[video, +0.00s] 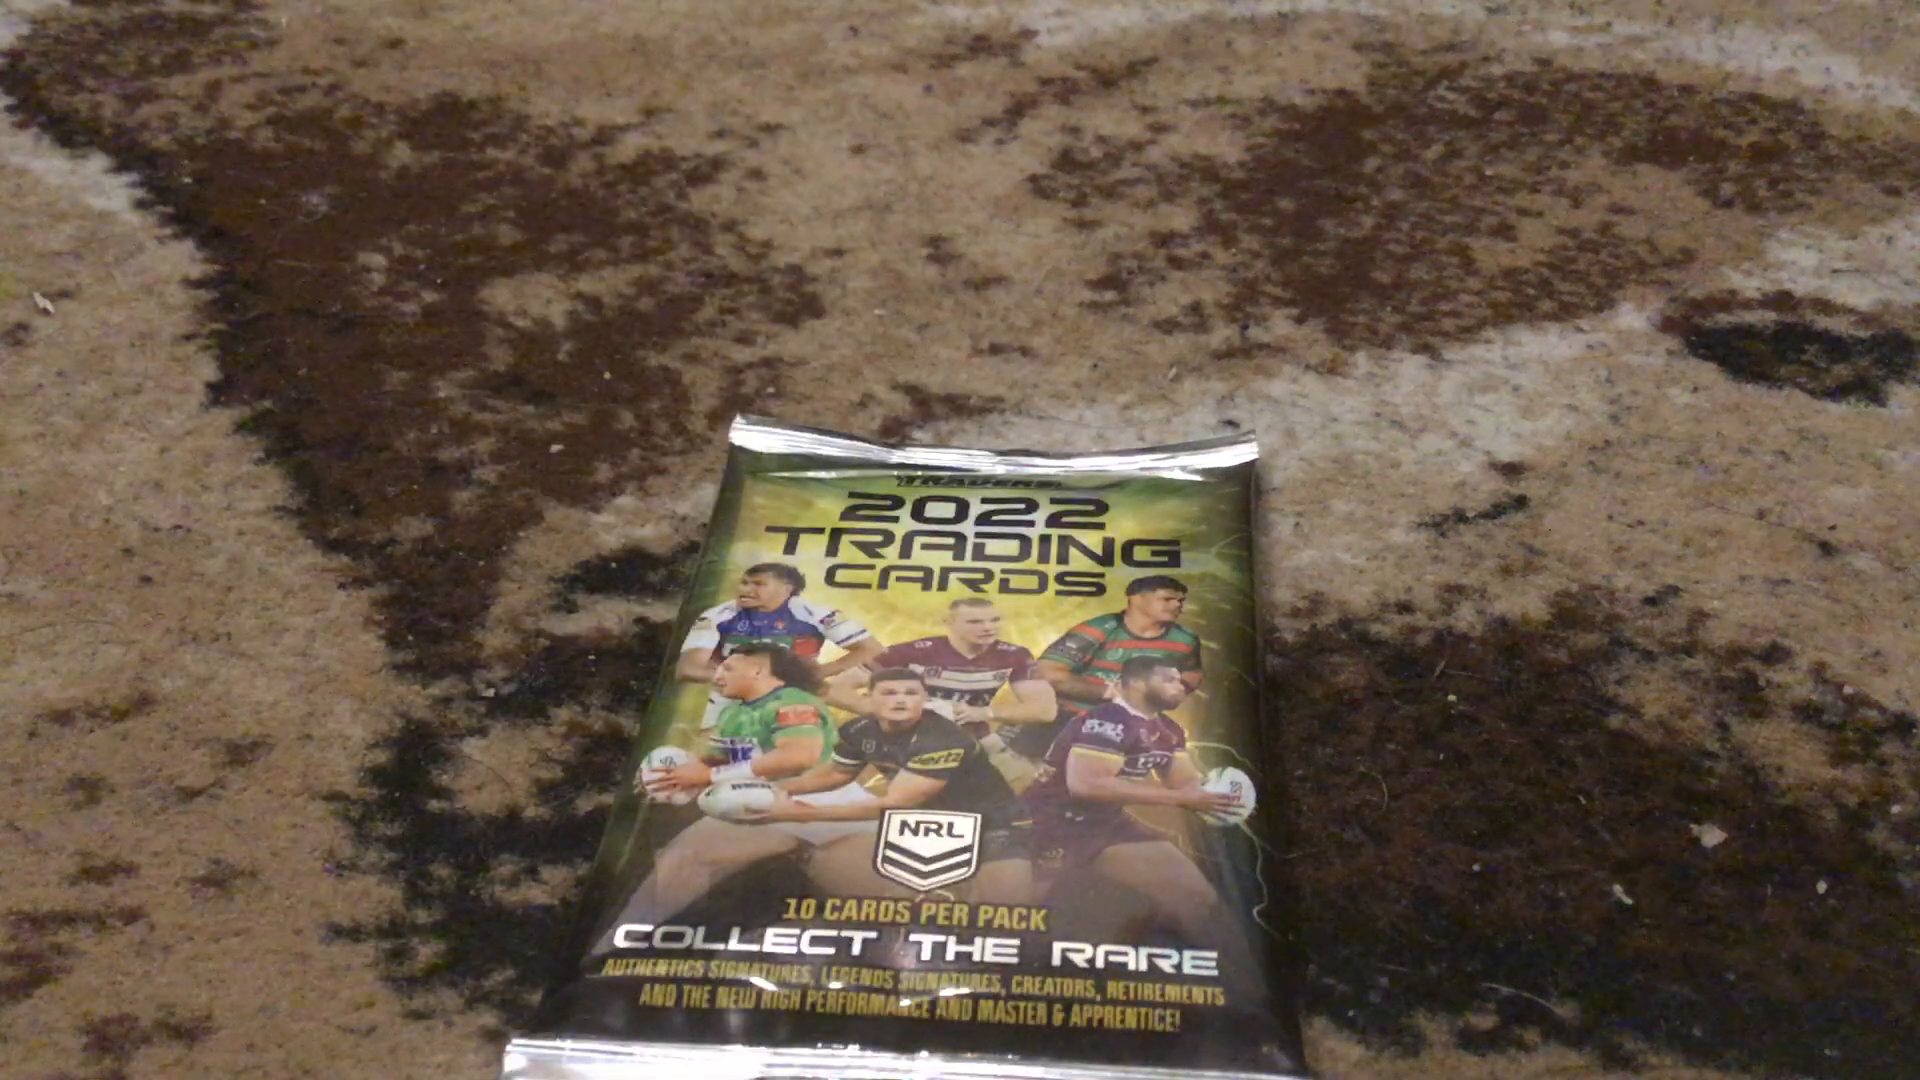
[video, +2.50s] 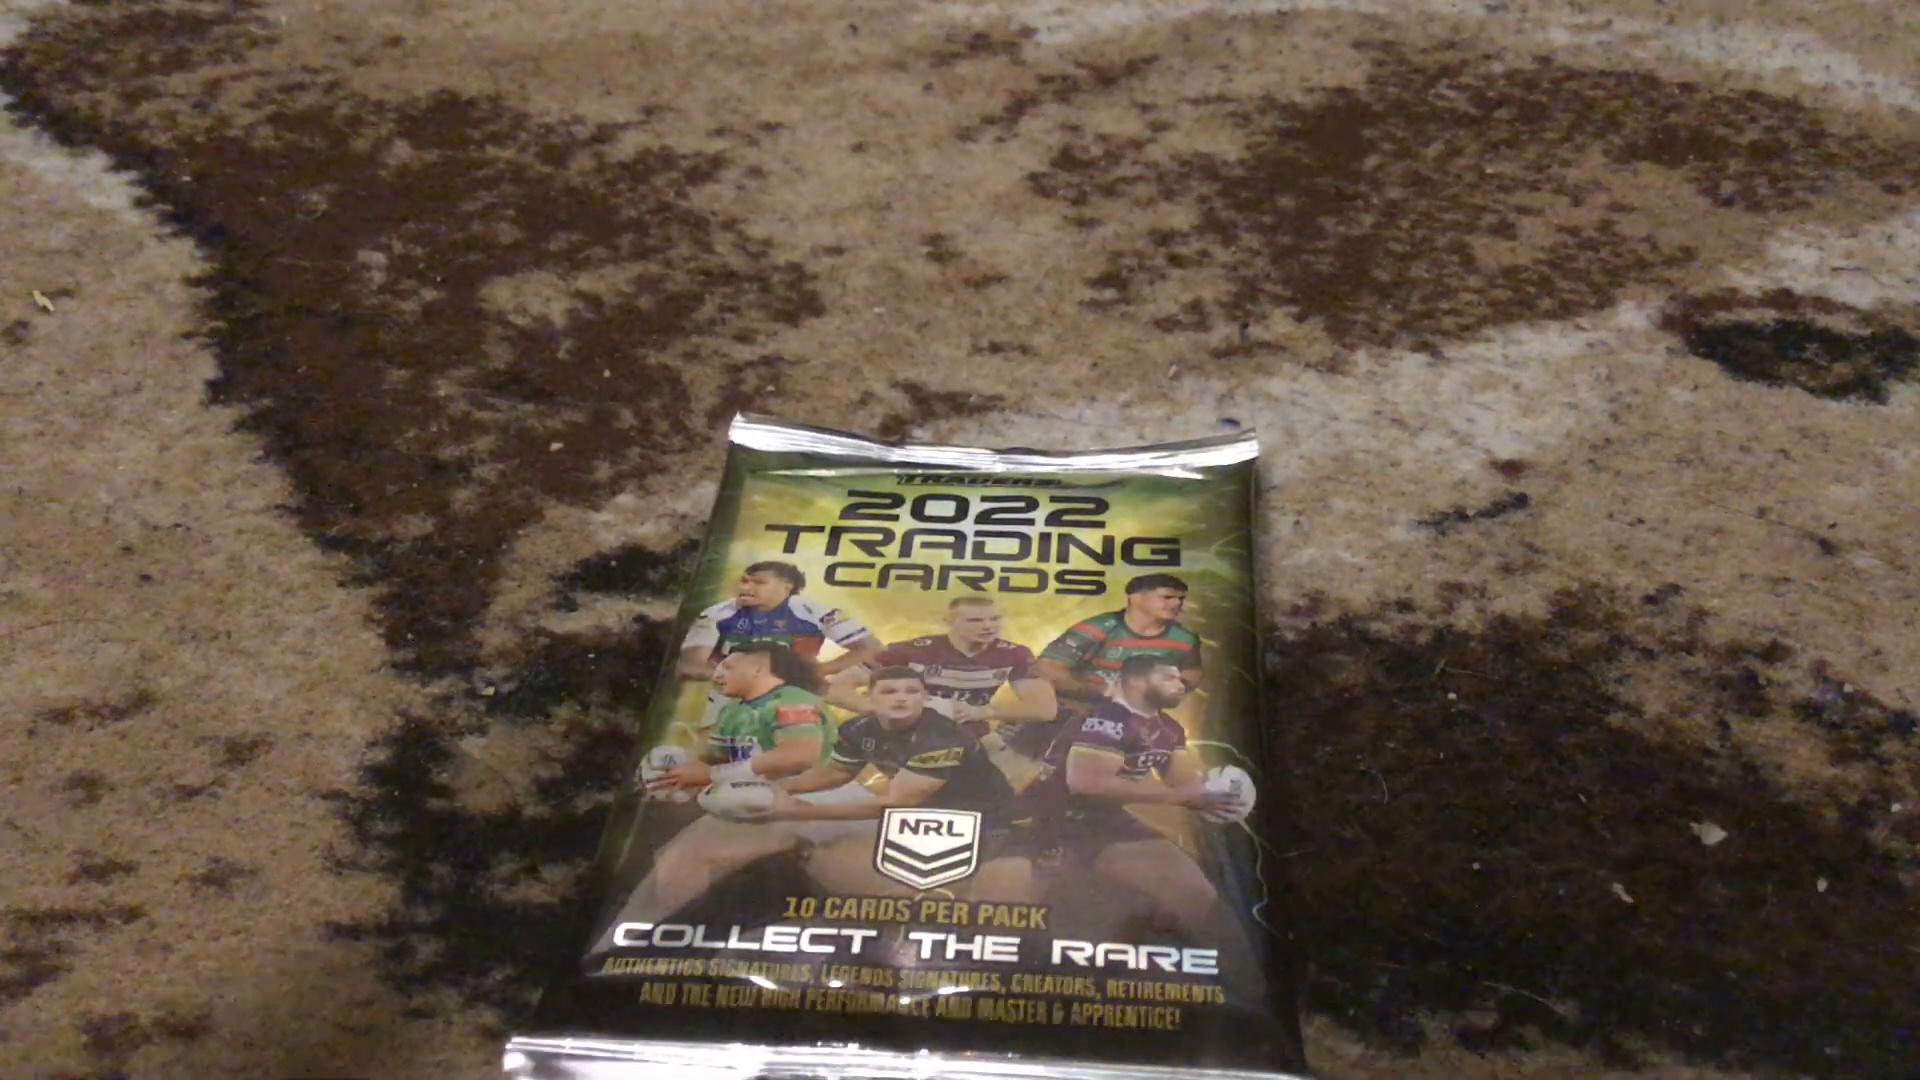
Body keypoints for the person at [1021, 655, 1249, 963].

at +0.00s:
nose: (1178, 683)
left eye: (1178, 678)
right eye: (1167, 677)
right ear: (1134, 681)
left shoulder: (1167, 732)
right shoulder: (1106, 720)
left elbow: (1187, 783)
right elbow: (1084, 783)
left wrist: (1221, 797)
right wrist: (1180, 797)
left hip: (1104, 825)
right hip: (1048, 827)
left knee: (1197, 898)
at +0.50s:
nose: (1180, 684)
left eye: (1178, 679)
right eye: (1169, 678)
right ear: (1135, 682)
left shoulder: (1168, 732)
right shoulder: (1105, 720)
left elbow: (1187, 784)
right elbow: (1084, 782)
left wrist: (1228, 800)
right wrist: (1180, 796)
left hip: (1103, 827)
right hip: (1044, 828)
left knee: (1198, 900)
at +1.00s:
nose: (1180, 683)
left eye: (1178, 678)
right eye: (1169, 678)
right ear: (1134, 682)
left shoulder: (1169, 733)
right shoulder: (1106, 720)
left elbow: (1187, 785)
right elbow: (1084, 782)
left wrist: (1225, 798)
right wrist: (1179, 796)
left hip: (1103, 825)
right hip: (1041, 824)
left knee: (1197, 898)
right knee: (998, 924)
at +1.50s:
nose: (1179, 683)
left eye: (1178, 678)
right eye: (1169, 678)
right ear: (1134, 681)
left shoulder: (1168, 732)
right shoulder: (1105, 720)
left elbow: (1187, 783)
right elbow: (1084, 781)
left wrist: (1224, 798)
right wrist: (1181, 796)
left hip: (1105, 826)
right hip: (1042, 827)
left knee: (1197, 898)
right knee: (1002, 927)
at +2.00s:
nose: (1180, 683)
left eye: (1178, 678)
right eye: (1169, 678)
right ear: (1133, 682)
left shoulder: (1167, 732)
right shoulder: (1106, 720)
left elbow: (1188, 784)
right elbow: (1084, 781)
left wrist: (1225, 798)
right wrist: (1180, 796)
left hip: (1105, 825)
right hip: (1043, 826)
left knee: (1198, 899)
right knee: (997, 929)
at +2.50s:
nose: (1180, 683)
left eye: (1178, 677)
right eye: (1169, 677)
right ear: (1134, 681)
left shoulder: (1170, 731)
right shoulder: (1107, 719)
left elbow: (1188, 784)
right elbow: (1084, 780)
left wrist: (1220, 798)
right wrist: (1182, 796)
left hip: (1109, 822)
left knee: (1195, 896)